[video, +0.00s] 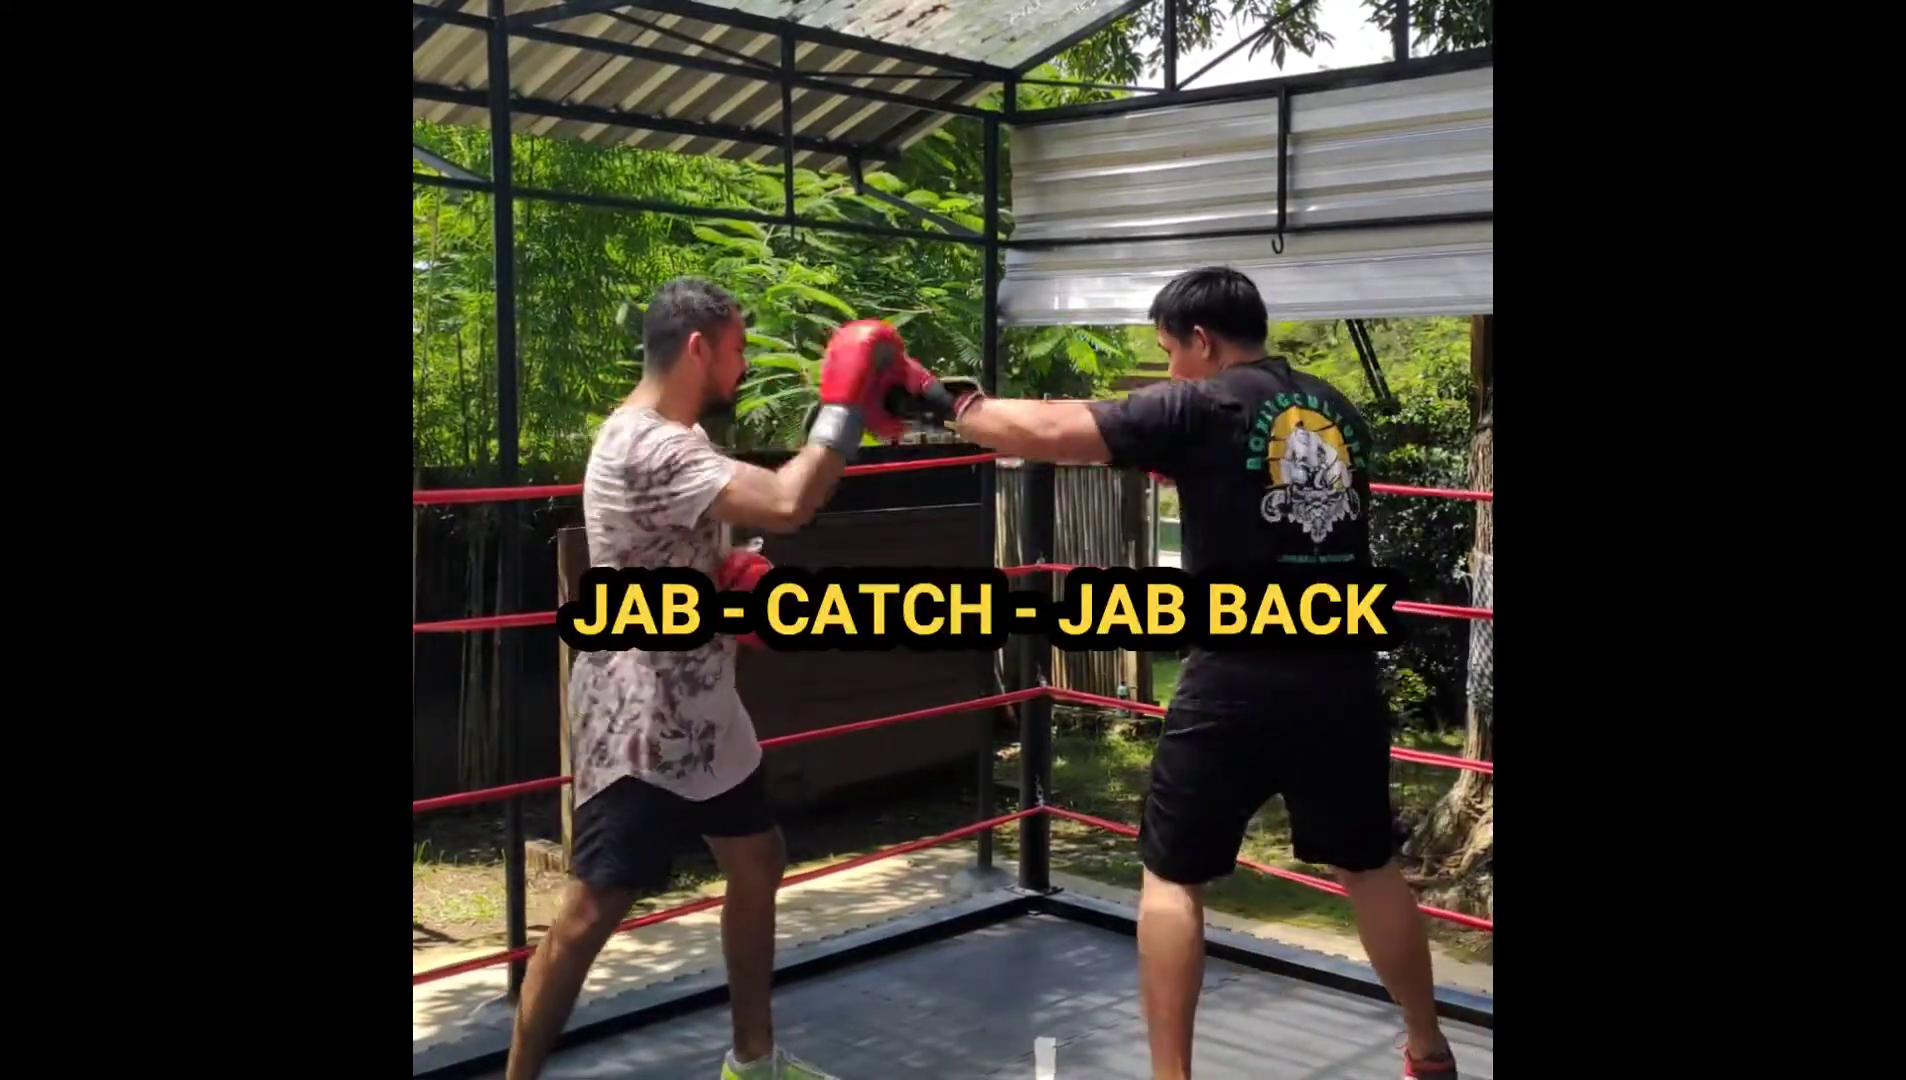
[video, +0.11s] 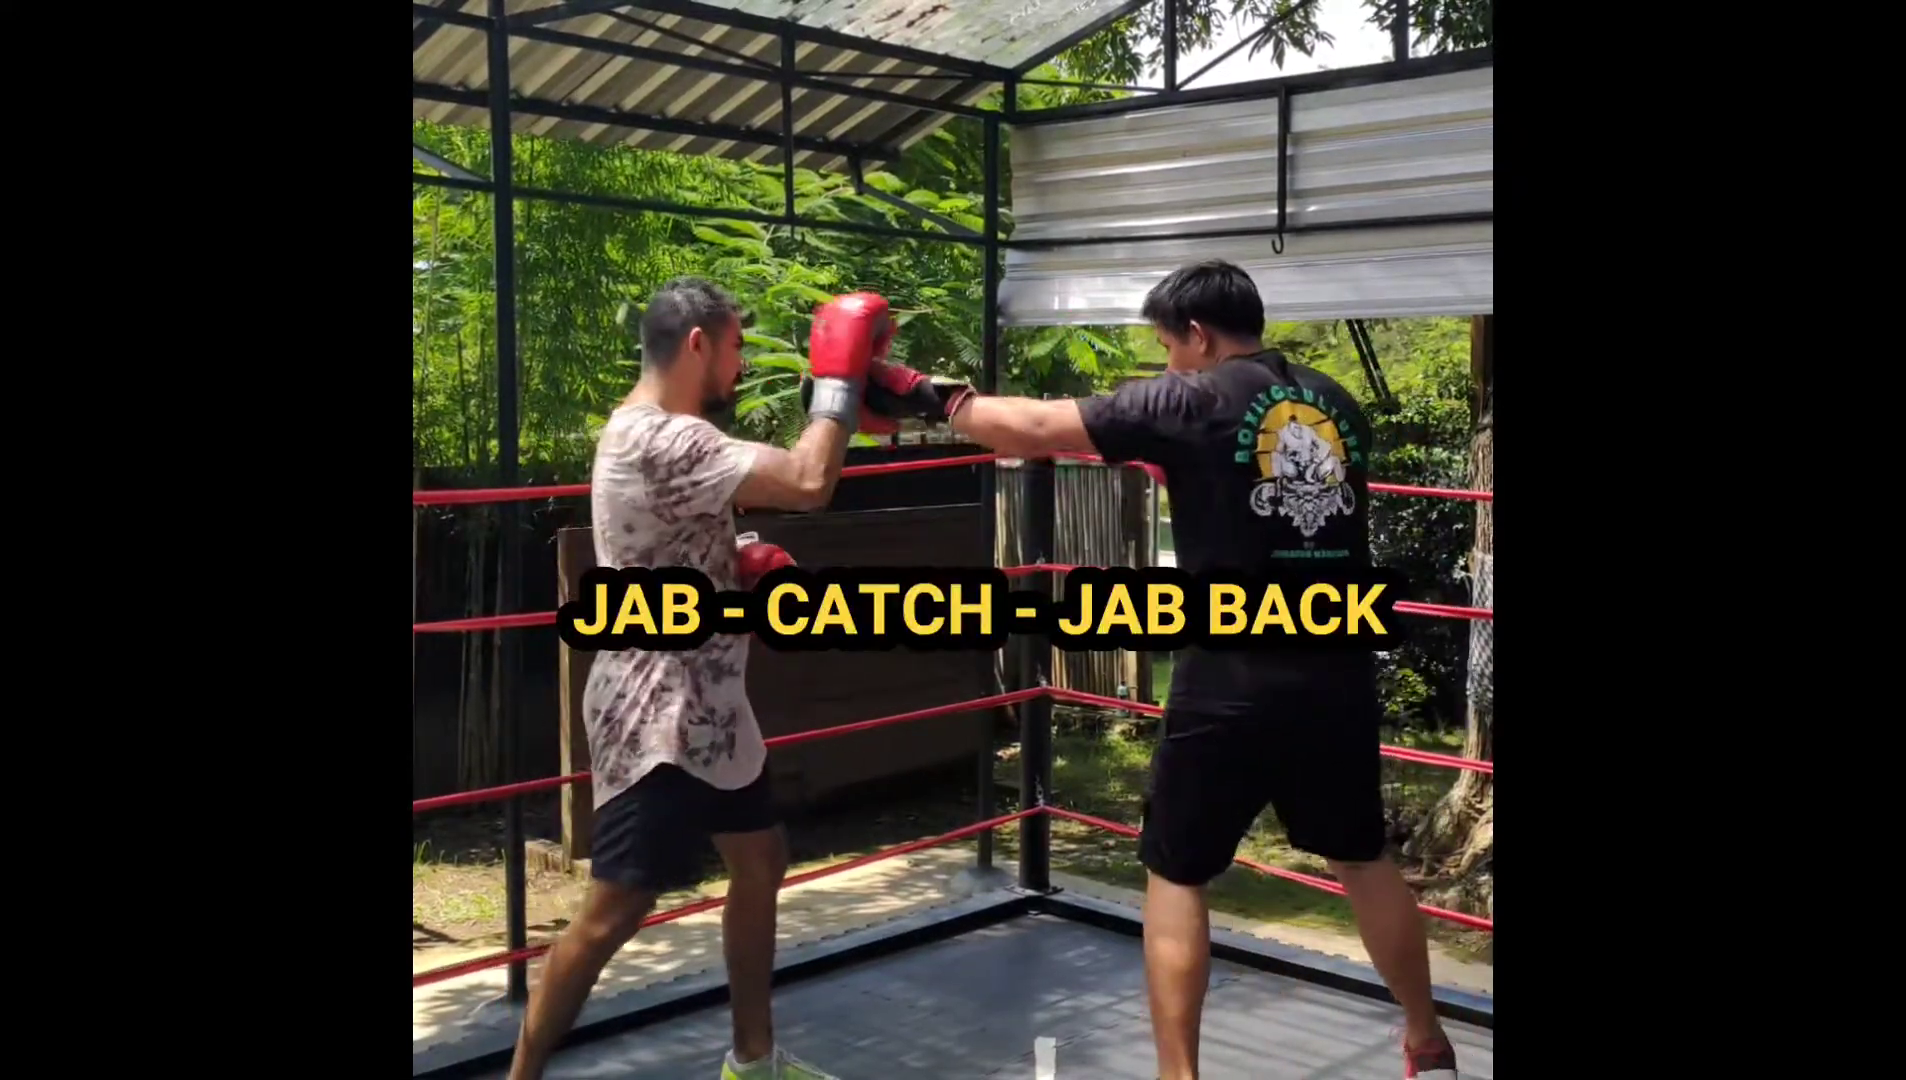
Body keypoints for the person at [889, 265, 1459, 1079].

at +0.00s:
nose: (1165, 369)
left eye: (1167, 353)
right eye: (1162, 356)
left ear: (1202, 342)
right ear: (1255, 337)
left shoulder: (1206, 407)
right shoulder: (1332, 406)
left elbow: (1051, 435)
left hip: (1233, 684)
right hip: (1343, 682)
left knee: (1171, 875)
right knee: (1374, 867)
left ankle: (1170, 1071)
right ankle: (1428, 1049)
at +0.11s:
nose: (1165, 363)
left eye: (1165, 347)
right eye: (1161, 349)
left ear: (1199, 335)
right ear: (1255, 329)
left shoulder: (1191, 402)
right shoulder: (1336, 402)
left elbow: (1036, 429)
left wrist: (935, 399)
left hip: (1228, 689)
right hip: (1336, 685)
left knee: (1176, 874)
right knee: (1367, 860)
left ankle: (1178, 1071)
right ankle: (1425, 1036)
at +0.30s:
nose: (1183, 364)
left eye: (1184, 344)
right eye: (1180, 344)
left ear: (1220, 335)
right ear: (1261, 335)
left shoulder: (1222, 408)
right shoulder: (1334, 402)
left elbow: (1130, 519)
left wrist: (1036, 456)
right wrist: (1174, 454)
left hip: (1251, 672)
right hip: (1348, 670)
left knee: (1195, 877)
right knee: (1359, 854)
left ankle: (1192, 1071)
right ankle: (1426, 1036)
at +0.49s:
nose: (1215, 377)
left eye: (1217, 359)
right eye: (1209, 363)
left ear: (1264, 346)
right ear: (1290, 347)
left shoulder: (1288, 420)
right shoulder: (1341, 408)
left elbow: (1218, 545)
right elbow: (1279, 518)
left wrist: (1152, 454)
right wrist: (1210, 446)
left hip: (1306, 674)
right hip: (1384, 674)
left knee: (1216, 869)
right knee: (1381, 868)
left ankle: (1200, 1069)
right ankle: (1430, 1059)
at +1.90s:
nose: (1174, 388)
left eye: (1173, 369)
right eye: (1167, 373)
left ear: (1212, 354)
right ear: (1258, 348)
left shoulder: (1232, 420)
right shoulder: (1331, 408)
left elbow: (1177, 532)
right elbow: (1281, 511)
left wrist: (1102, 480)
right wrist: (1186, 460)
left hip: (1251, 690)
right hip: (1351, 690)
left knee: (1180, 877)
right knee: (1368, 871)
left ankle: (1179, 1070)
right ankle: (1425, 1051)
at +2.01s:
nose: (1153, 377)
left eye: (1154, 361)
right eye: (1148, 363)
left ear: (1190, 348)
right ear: (1245, 339)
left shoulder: (1197, 410)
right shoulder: (1327, 399)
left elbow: (1057, 444)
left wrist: (945, 410)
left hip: (1245, 681)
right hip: (1352, 681)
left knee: (1180, 872)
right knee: (1366, 860)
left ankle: (1177, 1072)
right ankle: (1420, 1048)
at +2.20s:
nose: (1168, 383)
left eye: (1168, 365)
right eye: (1163, 367)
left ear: (1201, 346)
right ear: (1244, 342)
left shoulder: (1208, 406)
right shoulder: (1323, 398)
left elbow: (1079, 475)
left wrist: (980, 432)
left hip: (1253, 680)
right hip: (1352, 678)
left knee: (1187, 871)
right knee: (1362, 852)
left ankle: (1182, 1069)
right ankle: (1434, 1038)